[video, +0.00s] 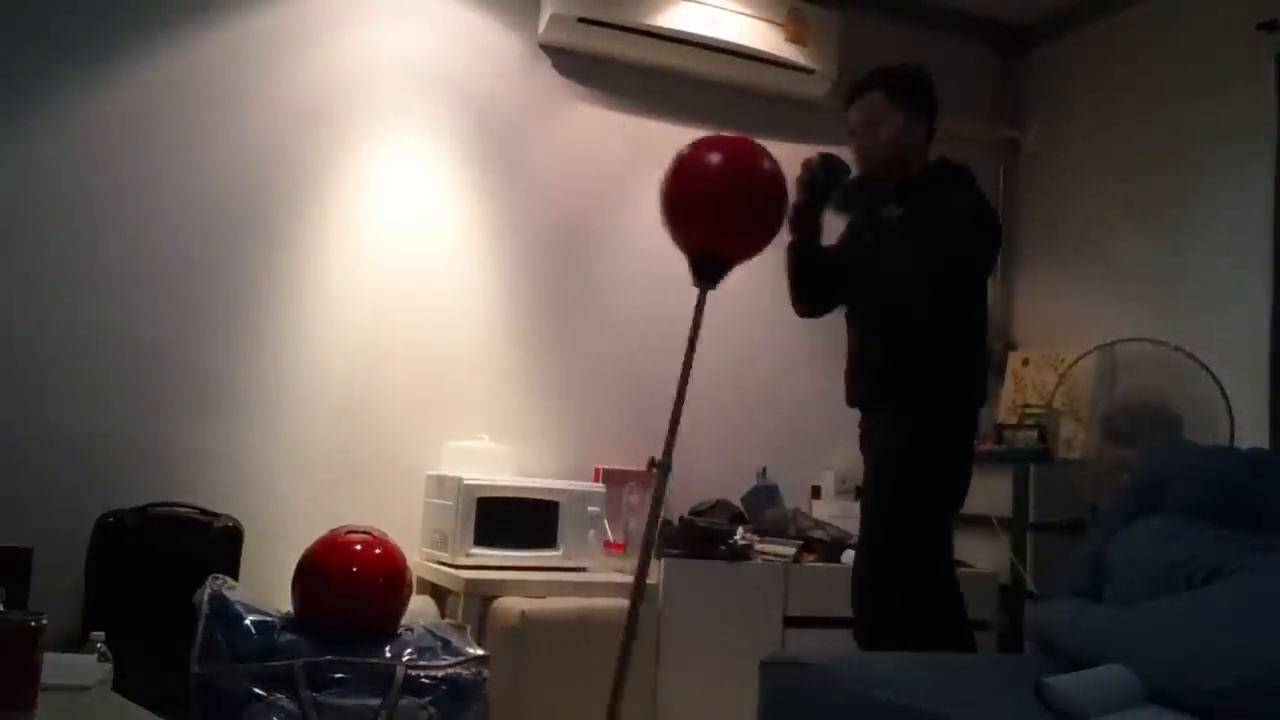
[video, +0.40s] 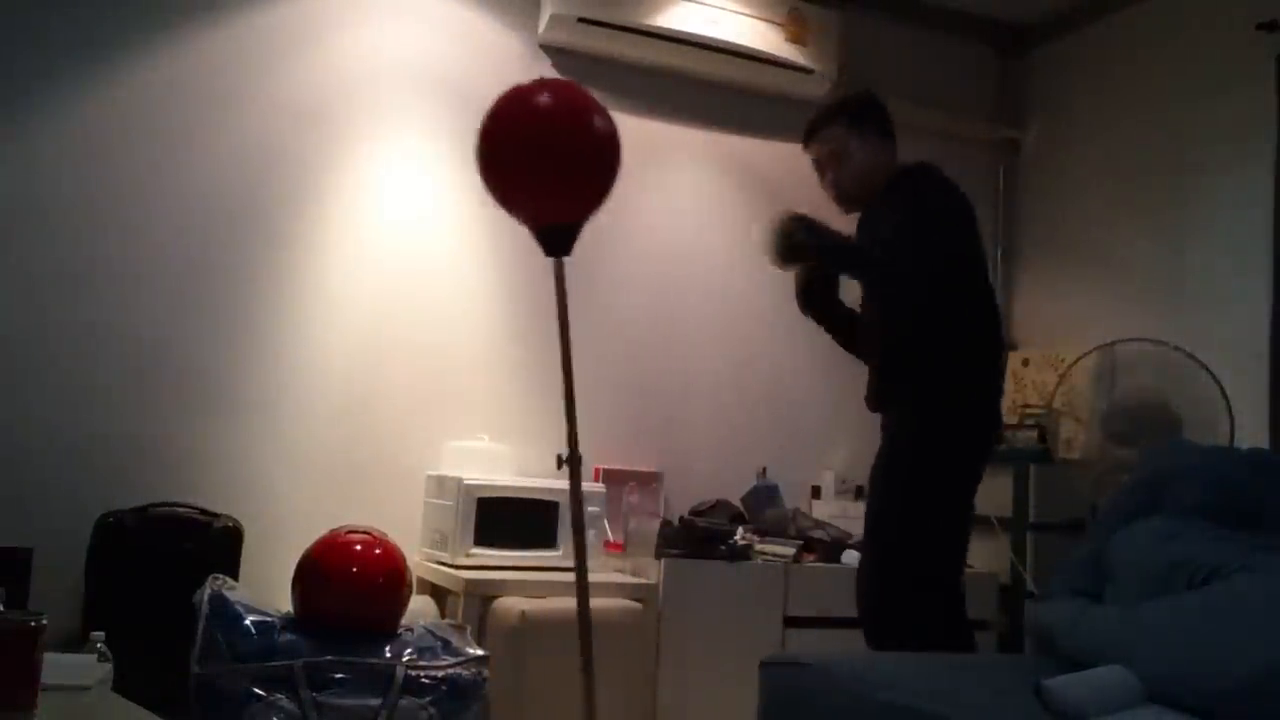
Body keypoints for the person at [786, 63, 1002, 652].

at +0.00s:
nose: (854, 139)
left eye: (866, 123)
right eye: (851, 127)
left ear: (907, 125)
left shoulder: (951, 192)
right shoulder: (877, 209)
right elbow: (811, 295)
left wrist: (865, 195)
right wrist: (805, 214)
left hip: (934, 415)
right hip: (890, 416)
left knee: (887, 588)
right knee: (916, 582)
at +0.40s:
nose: (827, 181)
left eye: (833, 161)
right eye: (820, 171)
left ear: (872, 143)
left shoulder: (921, 193)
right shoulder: (887, 223)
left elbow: (910, 271)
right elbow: (882, 343)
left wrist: (829, 247)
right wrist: (825, 304)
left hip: (944, 415)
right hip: (919, 416)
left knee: (895, 593)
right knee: (917, 590)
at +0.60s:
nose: (815, 171)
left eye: (821, 152)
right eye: (805, 161)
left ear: (859, 134)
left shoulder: (907, 183)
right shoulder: (881, 211)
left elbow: (811, 196)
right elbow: (898, 341)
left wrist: (703, 157)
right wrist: (833, 316)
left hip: (941, 426)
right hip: (919, 427)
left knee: (886, 601)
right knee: (900, 599)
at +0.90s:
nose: (855, 142)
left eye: (872, 123)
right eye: (843, 122)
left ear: (908, 123)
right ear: (826, 117)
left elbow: (1000, 318)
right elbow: (702, 207)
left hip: (935, 439)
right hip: (856, 440)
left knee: (908, 621)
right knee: (885, 620)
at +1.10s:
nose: (816, 143)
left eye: (832, 124)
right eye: (806, 126)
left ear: (872, 119)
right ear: (797, 123)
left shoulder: (935, 197)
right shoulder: (798, 210)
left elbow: (995, 306)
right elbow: (775, 319)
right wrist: (806, 374)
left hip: (917, 422)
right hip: (837, 423)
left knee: (889, 608)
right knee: (834, 608)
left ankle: (902, 718)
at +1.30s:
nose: (771, 179)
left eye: (776, 161)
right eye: (766, 167)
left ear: (809, 142)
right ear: (824, 144)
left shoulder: (869, 182)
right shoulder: (854, 202)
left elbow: (773, 201)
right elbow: (893, 341)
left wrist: (664, 188)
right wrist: (820, 358)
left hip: (912, 428)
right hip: (891, 426)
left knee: (875, 604)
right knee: (874, 603)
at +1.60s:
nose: (789, 190)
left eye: (796, 170)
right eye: (780, 177)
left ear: (834, 155)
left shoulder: (899, 214)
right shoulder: (839, 234)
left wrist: (821, 346)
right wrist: (817, 344)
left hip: (908, 438)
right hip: (869, 435)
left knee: (881, 611)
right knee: (856, 608)